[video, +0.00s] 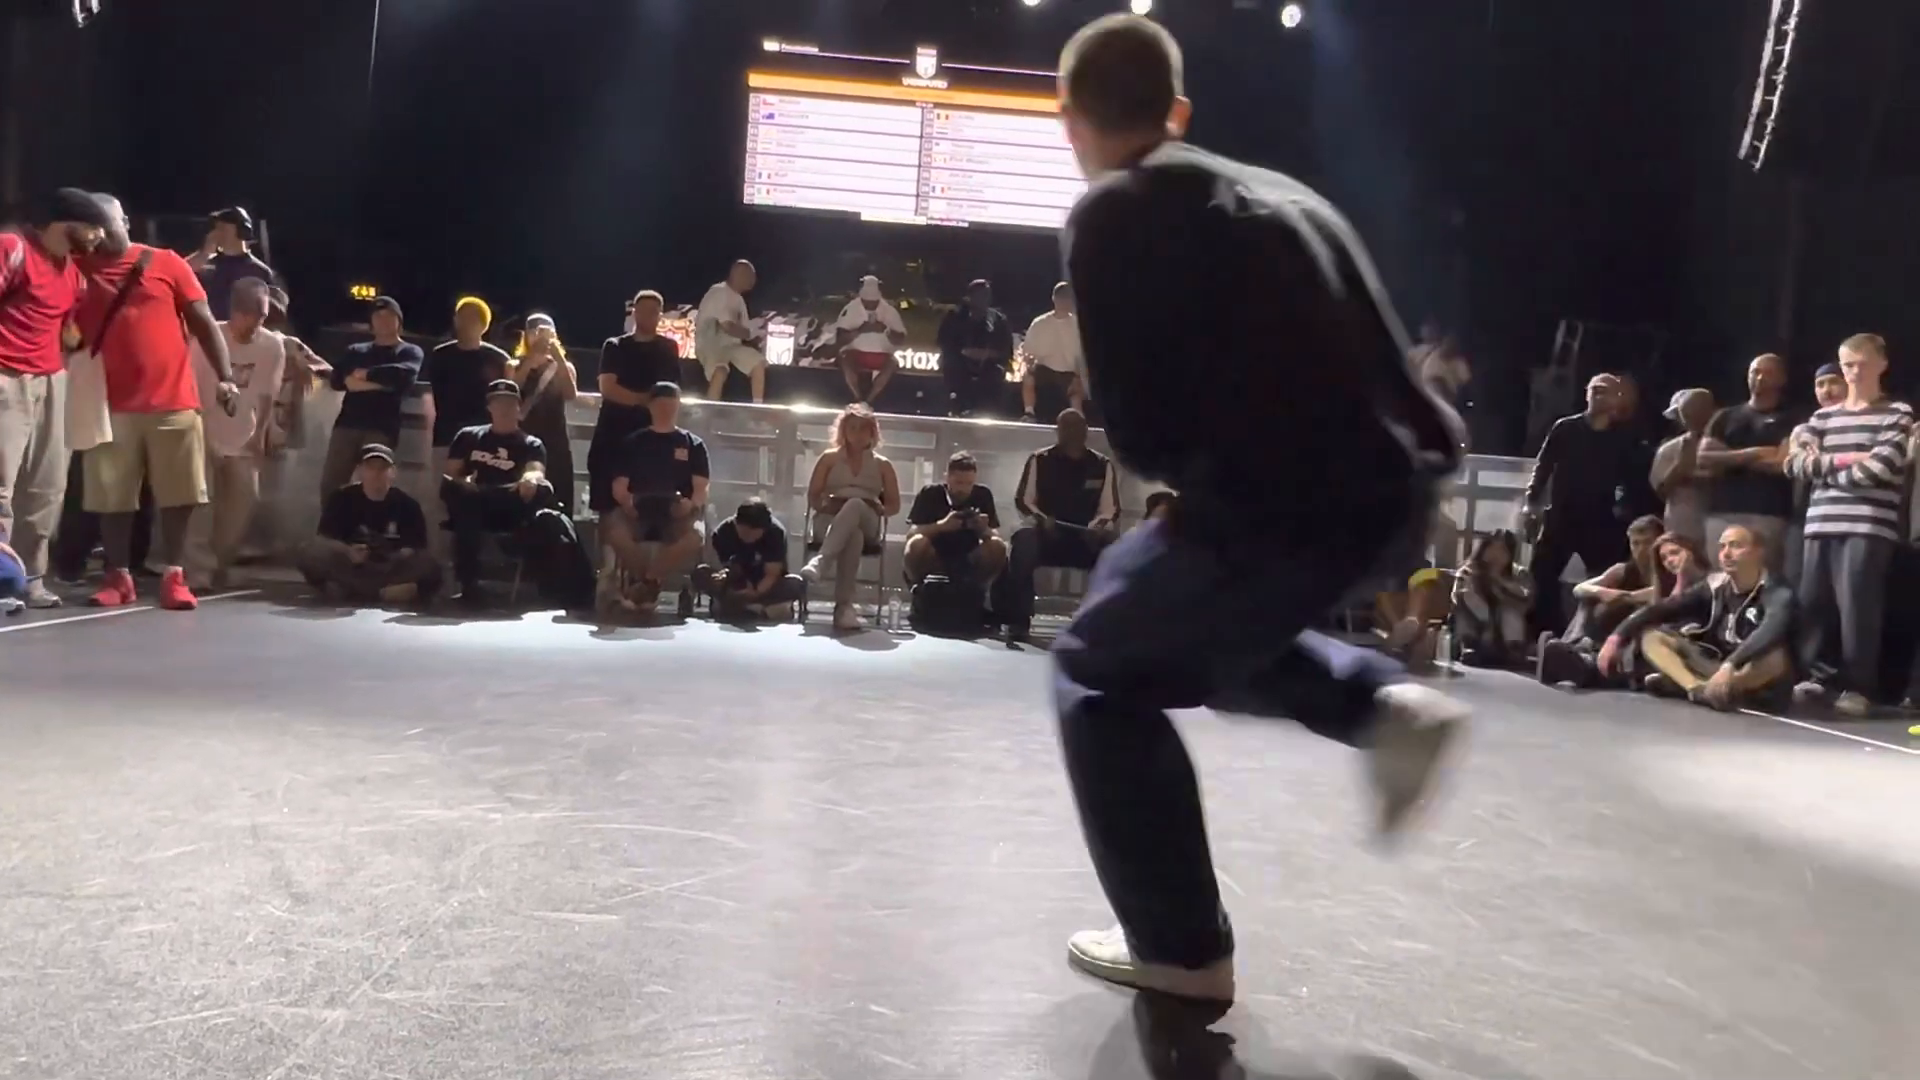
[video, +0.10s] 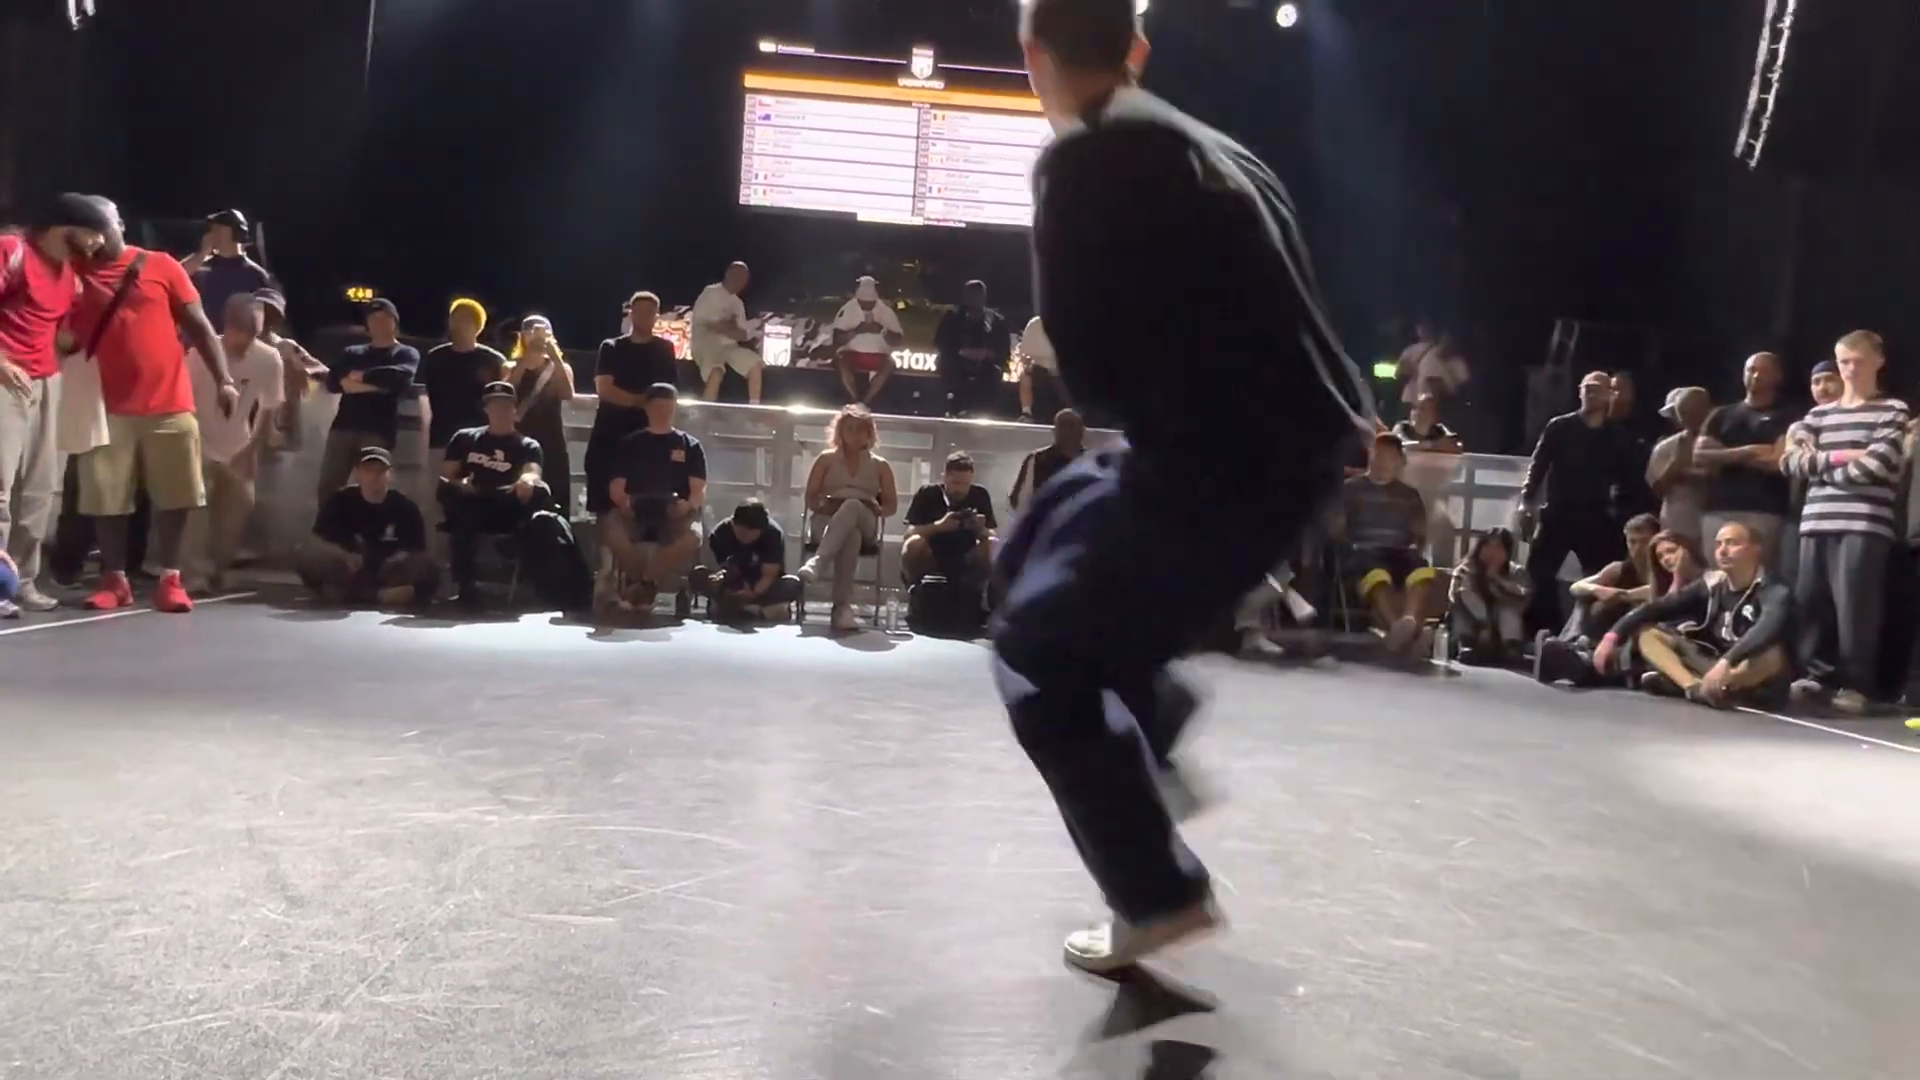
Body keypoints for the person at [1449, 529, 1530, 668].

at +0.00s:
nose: (1495, 555)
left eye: (1502, 550)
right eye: (1491, 548)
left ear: (1510, 556)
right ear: (1482, 551)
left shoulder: (1520, 575)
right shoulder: (1467, 575)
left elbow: (1525, 603)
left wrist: (1497, 579)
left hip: (1511, 647)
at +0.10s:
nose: (1491, 553)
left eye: (1497, 548)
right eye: (1487, 546)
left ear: (1507, 554)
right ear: (1480, 549)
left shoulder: (1517, 573)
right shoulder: (1464, 572)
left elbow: (1522, 599)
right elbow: (1461, 597)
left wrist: (1494, 577)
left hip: (1507, 645)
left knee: (1509, 608)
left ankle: (1512, 648)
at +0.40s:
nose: (1490, 554)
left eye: (1496, 550)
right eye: (1485, 548)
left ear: (1506, 555)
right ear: (1478, 550)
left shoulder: (1515, 574)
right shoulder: (1463, 572)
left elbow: (1521, 600)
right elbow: (1458, 597)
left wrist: (1494, 579)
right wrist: (1479, 627)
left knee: (1507, 608)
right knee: (1460, 607)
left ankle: (1511, 649)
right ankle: (1463, 648)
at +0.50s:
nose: (1488, 552)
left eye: (1495, 547)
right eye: (1484, 545)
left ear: (1504, 552)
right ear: (1477, 548)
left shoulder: (1514, 571)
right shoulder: (1463, 569)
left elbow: (1519, 597)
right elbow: (1457, 594)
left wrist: (1493, 576)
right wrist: (1478, 624)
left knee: (1505, 606)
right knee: (1458, 605)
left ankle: (1511, 645)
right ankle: (1462, 644)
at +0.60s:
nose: (1486, 542)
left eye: (1492, 538)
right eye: (1481, 536)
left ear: (1501, 543)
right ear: (1473, 538)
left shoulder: (1510, 561)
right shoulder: (1459, 561)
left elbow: (1517, 586)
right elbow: (1455, 584)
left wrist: (1489, 567)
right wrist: (1476, 614)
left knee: (1502, 598)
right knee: (1456, 596)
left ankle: (1507, 638)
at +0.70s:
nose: (1486, 539)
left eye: (1493, 535)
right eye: (1482, 533)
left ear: (1502, 539)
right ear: (1474, 534)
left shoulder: (1510, 558)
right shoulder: (1460, 556)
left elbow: (1518, 583)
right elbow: (1456, 581)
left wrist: (1489, 563)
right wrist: (1476, 612)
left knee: (1503, 593)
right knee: (1457, 592)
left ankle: (1508, 634)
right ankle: (1460, 634)